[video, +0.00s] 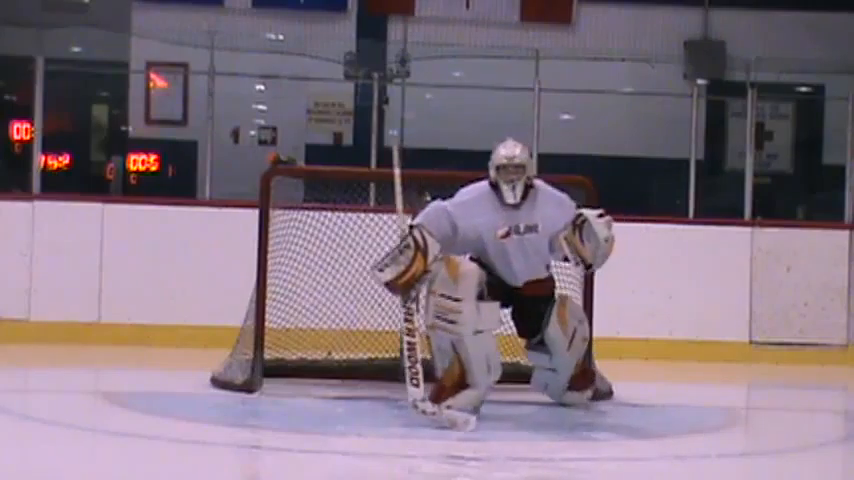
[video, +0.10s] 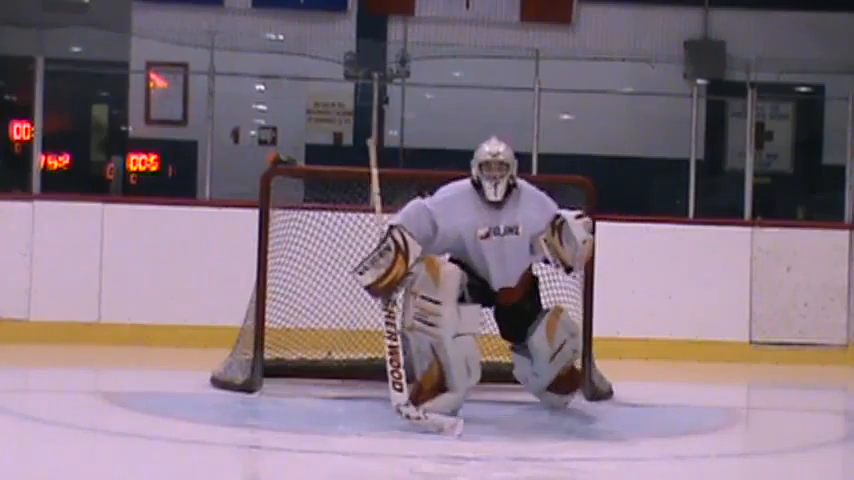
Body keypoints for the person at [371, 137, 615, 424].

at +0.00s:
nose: (511, 179)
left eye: (517, 171)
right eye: (504, 172)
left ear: (529, 172)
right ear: (493, 173)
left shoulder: (551, 202)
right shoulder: (473, 200)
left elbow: (571, 245)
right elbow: (436, 221)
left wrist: (589, 240)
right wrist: (415, 251)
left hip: (538, 283)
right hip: (491, 279)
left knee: (546, 340)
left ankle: (577, 385)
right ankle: (457, 384)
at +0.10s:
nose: (495, 177)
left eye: (501, 170)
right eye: (488, 170)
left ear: (513, 171)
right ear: (475, 172)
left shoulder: (532, 201)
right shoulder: (454, 199)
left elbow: (557, 234)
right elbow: (415, 220)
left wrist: (571, 239)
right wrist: (393, 250)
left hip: (519, 284)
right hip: (472, 283)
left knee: (530, 340)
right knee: (429, 292)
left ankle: (556, 384)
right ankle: (435, 382)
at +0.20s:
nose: (485, 168)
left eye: (491, 161)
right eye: (478, 161)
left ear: (502, 164)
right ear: (466, 162)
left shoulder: (520, 196)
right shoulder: (441, 192)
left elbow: (543, 236)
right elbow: (399, 219)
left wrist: (559, 237)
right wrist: (390, 255)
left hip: (500, 285)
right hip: (446, 284)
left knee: (520, 349)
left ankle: (548, 391)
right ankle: (414, 393)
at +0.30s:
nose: (483, 162)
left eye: (489, 155)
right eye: (476, 154)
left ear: (499, 158)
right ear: (461, 155)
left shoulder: (511, 192)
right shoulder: (438, 186)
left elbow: (519, 243)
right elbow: (397, 214)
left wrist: (547, 237)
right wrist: (395, 245)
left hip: (486, 287)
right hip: (435, 282)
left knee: (518, 342)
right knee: (436, 342)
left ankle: (539, 398)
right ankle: (403, 404)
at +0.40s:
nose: (482, 154)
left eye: (488, 147)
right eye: (475, 146)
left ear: (496, 149)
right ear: (460, 148)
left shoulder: (507, 187)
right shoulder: (439, 179)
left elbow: (512, 243)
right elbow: (396, 217)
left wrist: (543, 229)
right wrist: (408, 254)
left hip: (475, 278)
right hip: (432, 276)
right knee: (439, 346)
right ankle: (415, 403)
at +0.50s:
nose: (483, 142)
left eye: (488, 136)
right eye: (475, 135)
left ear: (496, 138)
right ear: (461, 138)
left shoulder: (506, 178)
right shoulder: (441, 169)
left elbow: (515, 232)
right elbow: (405, 214)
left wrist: (544, 220)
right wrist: (418, 254)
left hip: (480, 271)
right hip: (436, 267)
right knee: (435, 335)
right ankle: (411, 398)